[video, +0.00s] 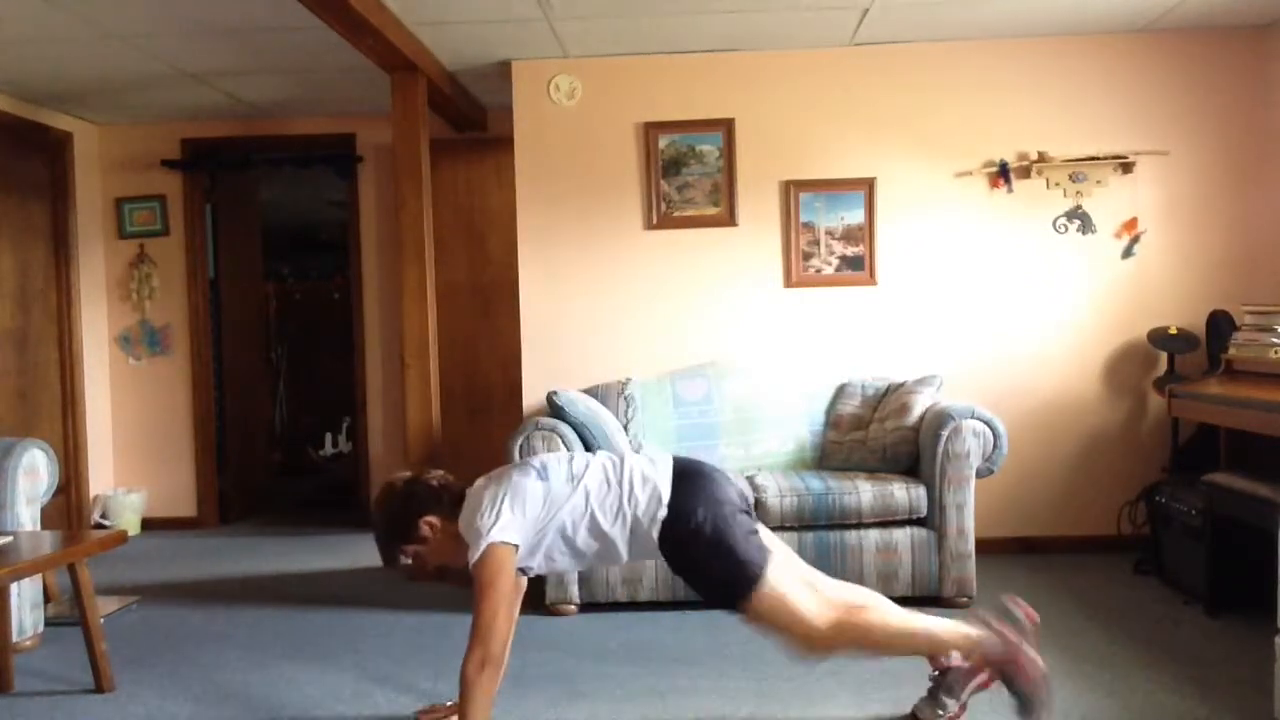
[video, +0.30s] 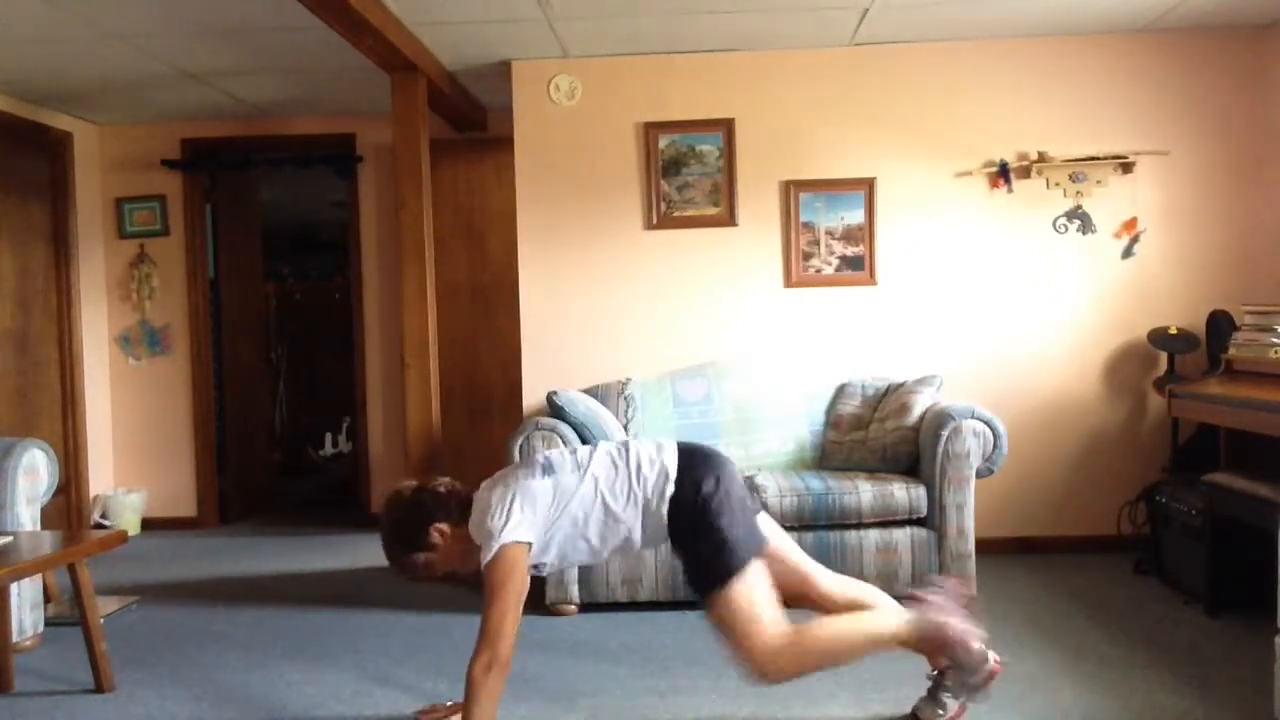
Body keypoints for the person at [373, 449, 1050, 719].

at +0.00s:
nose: (429, 571)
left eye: (417, 560)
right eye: (419, 562)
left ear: (428, 533)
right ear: (439, 510)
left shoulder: (494, 517)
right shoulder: (503, 489)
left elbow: (491, 644)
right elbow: (498, 629)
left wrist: (465, 706)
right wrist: (473, 695)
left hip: (685, 512)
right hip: (690, 485)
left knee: (816, 632)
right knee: (828, 601)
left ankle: (986, 640)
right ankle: (963, 642)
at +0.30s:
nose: (441, 579)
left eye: (429, 572)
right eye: (431, 574)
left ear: (441, 538)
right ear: (447, 515)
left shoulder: (505, 517)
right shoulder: (504, 490)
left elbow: (495, 644)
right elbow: (499, 629)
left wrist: (474, 712)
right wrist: (469, 701)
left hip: (691, 496)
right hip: (702, 472)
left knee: (772, 656)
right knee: (815, 586)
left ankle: (922, 618)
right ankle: (951, 651)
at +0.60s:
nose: (449, 584)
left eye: (435, 577)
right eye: (437, 580)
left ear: (440, 547)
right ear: (448, 531)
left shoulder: (496, 515)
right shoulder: (503, 496)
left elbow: (487, 648)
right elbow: (505, 620)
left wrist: (468, 719)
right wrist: (468, 701)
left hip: (670, 454)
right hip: (692, 458)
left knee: (559, 572)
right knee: (798, 579)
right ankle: (936, 648)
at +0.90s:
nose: (421, 573)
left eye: (405, 563)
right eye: (409, 569)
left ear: (414, 535)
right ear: (424, 529)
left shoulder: (463, 505)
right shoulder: (499, 515)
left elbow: (464, 641)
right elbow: (491, 638)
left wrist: (453, 713)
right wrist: (467, 710)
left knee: (552, 591)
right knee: (689, 576)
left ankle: (625, 713)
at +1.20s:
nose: (421, 566)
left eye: (411, 555)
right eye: (411, 561)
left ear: (421, 526)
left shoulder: (470, 505)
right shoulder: (504, 508)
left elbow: (468, 645)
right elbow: (496, 625)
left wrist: (452, 713)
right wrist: (473, 705)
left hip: (657, 446)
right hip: (668, 438)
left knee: (546, 592)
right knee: (585, 563)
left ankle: (622, 713)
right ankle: (645, 670)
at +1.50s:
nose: (423, 371)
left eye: (422, 356)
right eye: (413, 360)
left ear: (444, 333)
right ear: (449, 327)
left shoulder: (497, 365)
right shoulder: (515, 346)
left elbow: (491, 499)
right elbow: (515, 486)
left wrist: (475, 602)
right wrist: (485, 569)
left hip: (671, 428)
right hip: (679, 418)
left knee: (566, 572)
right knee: (592, 552)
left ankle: (628, 712)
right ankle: (644, 666)